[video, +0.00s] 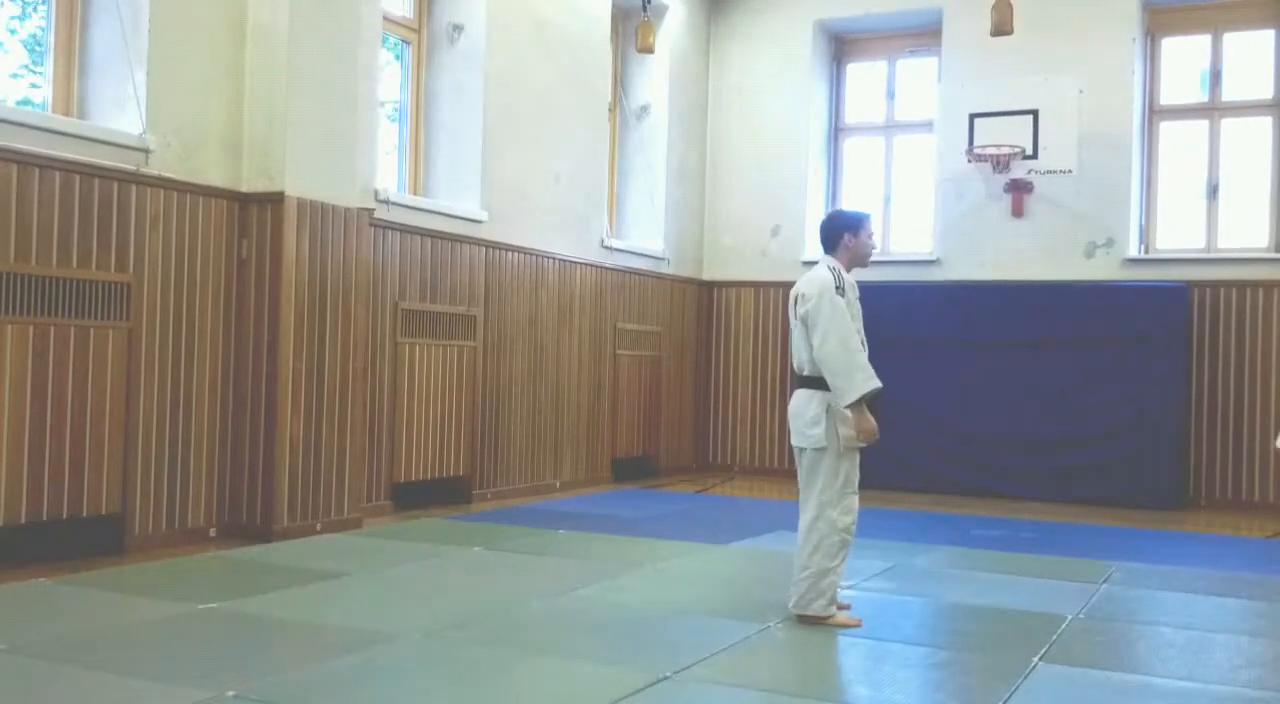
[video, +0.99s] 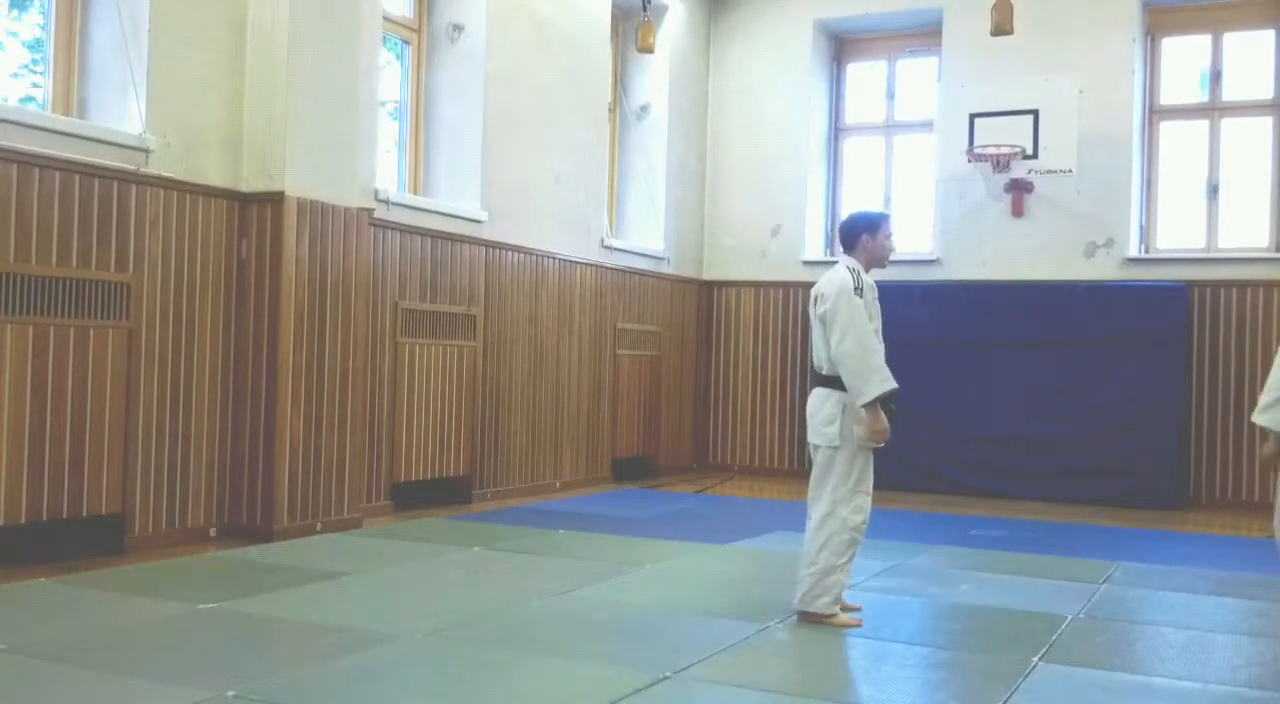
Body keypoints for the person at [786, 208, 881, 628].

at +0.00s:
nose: (873, 244)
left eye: (872, 236)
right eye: (869, 237)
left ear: (844, 240)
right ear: (848, 240)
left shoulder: (828, 281)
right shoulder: (826, 285)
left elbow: (840, 347)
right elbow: (837, 349)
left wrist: (858, 402)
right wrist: (859, 408)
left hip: (824, 404)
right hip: (824, 407)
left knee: (828, 506)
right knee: (831, 509)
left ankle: (817, 592)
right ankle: (813, 602)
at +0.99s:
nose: (893, 245)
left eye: (891, 237)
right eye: (888, 238)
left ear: (864, 240)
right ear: (866, 240)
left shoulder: (851, 281)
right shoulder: (844, 284)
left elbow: (859, 346)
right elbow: (854, 348)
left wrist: (874, 400)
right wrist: (871, 407)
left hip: (844, 402)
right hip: (840, 405)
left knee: (840, 503)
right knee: (842, 507)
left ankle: (825, 590)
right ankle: (817, 602)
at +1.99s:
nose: (889, 244)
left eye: (888, 236)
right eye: (884, 236)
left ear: (862, 240)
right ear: (861, 240)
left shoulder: (850, 282)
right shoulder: (842, 284)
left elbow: (857, 346)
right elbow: (852, 348)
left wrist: (873, 401)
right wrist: (874, 405)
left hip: (847, 403)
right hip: (840, 405)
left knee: (843, 504)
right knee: (841, 506)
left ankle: (826, 591)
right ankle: (817, 602)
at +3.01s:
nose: (885, 244)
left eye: (882, 236)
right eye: (879, 236)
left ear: (849, 243)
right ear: (856, 241)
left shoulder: (828, 282)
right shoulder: (848, 280)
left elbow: (860, 340)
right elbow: (913, 295)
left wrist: (915, 338)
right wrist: (984, 281)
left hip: (832, 401)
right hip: (842, 406)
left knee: (836, 505)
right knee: (842, 508)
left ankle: (823, 593)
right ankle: (817, 603)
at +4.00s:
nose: (878, 246)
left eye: (877, 238)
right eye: (874, 238)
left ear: (846, 240)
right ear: (853, 240)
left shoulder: (822, 280)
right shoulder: (841, 281)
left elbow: (863, 339)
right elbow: (907, 300)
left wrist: (918, 331)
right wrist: (973, 284)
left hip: (827, 401)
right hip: (835, 406)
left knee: (833, 504)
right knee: (841, 507)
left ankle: (823, 594)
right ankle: (819, 602)